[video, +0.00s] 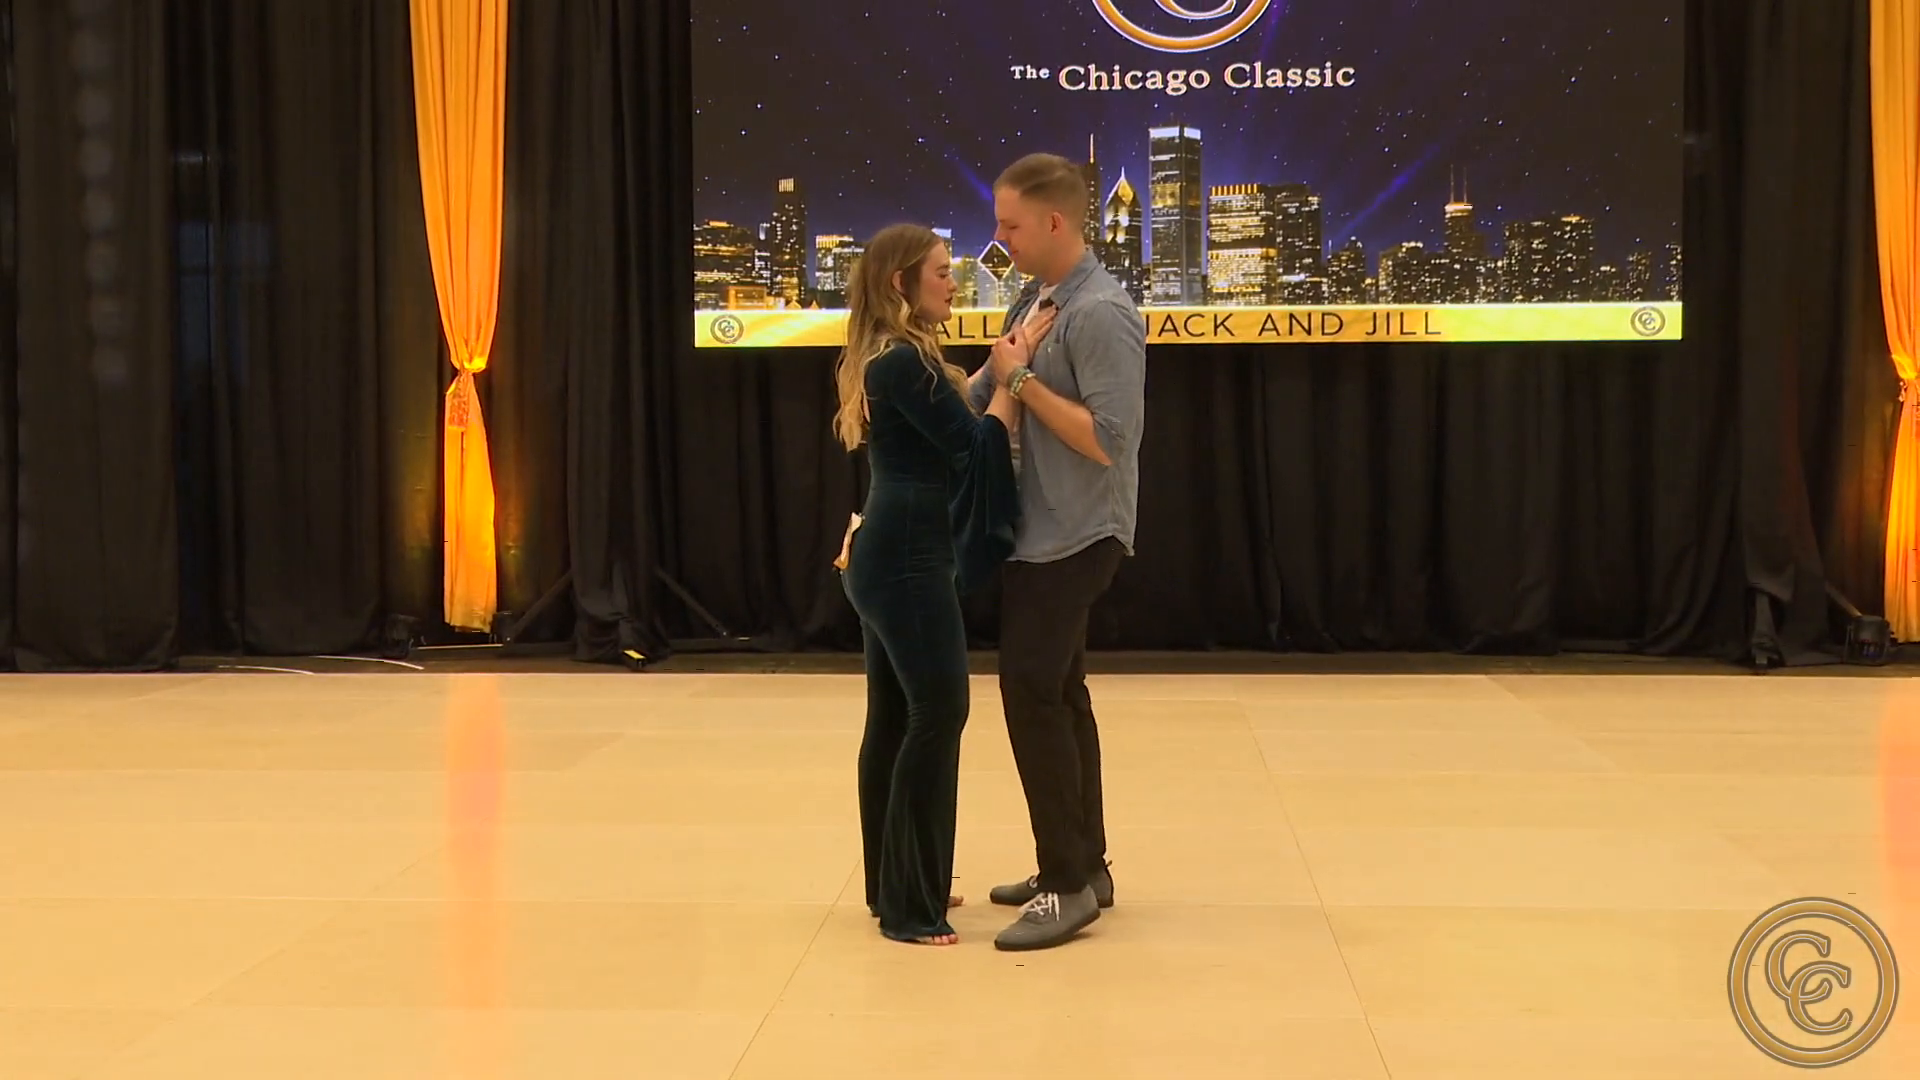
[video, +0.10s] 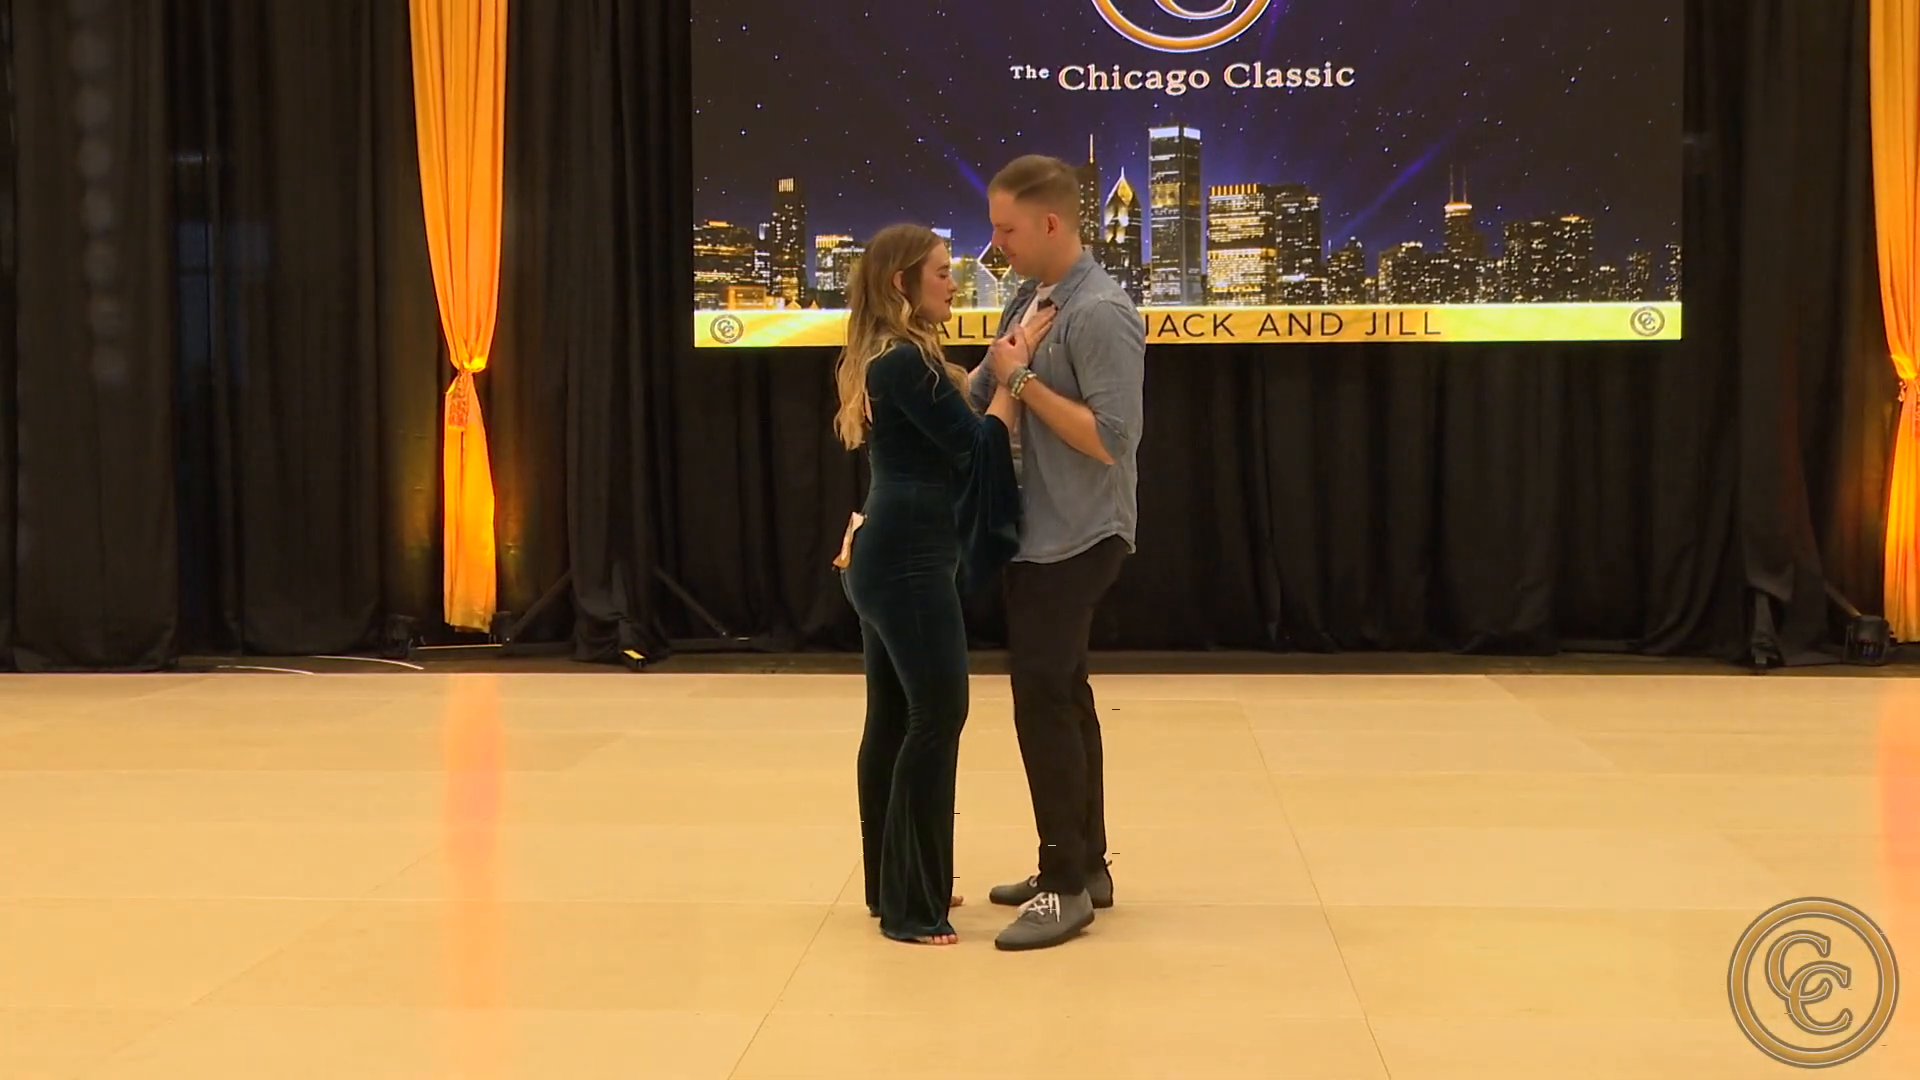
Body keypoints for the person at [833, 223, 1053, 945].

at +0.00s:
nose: (953, 284)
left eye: (951, 272)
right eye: (941, 273)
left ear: (914, 282)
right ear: (903, 283)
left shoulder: (902, 355)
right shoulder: (900, 363)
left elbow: (960, 409)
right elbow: (976, 449)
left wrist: (1006, 356)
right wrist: (1010, 380)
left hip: (887, 559)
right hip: (906, 564)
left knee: (892, 721)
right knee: (940, 715)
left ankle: (893, 890)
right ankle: (910, 903)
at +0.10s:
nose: (952, 284)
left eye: (950, 272)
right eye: (941, 273)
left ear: (913, 282)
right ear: (904, 282)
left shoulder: (903, 354)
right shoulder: (901, 362)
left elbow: (962, 410)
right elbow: (976, 446)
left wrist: (1003, 355)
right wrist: (1012, 376)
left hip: (891, 560)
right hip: (909, 565)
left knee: (891, 722)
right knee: (940, 716)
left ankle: (890, 886)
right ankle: (910, 902)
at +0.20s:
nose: (952, 286)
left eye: (951, 274)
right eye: (942, 274)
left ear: (911, 282)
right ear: (905, 282)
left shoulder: (900, 355)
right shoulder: (902, 363)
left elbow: (963, 404)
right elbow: (979, 450)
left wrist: (1005, 354)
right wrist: (1010, 379)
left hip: (889, 560)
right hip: (911, 565)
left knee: (888, 725)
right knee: (931, 720)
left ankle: (891, 889)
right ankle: (909, 904)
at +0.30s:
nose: (953, 287)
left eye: (952, 276)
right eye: (943, 276)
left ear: (911, 283)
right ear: (906, 283)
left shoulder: (899, 354)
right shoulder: (903, 363)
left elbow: (959, 405)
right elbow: (979, 448)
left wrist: (1002, 356)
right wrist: (1011, 378)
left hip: (886, 558)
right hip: (912, 564)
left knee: (887, 727)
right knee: (917, 730)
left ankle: (889, 889)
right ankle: (908, 903)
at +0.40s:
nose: (953, 288)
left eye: (953, 277)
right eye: (946, 276)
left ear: (909, 283)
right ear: (909, 282)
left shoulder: (899, 354)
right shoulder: (902, 363)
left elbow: (965, 402)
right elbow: (975, 450)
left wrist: (1005, 354)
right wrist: (1007, 387)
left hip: (889, 558)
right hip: (911, 563)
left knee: (887, 728)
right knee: (914, 730)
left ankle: (890, 890)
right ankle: (907, 902)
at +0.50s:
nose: (957, 290)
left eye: (958, 279)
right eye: (950, 278)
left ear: (913, 282)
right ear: (912, 281)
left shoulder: (907, 354)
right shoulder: (902, 362)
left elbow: (961, 410)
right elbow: (973, 451)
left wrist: (1003, 361)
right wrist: (1012, 380)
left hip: (886, 555)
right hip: (909, 559)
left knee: (888, 724)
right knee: (927, 722)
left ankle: (888, 887)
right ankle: (906, 901)